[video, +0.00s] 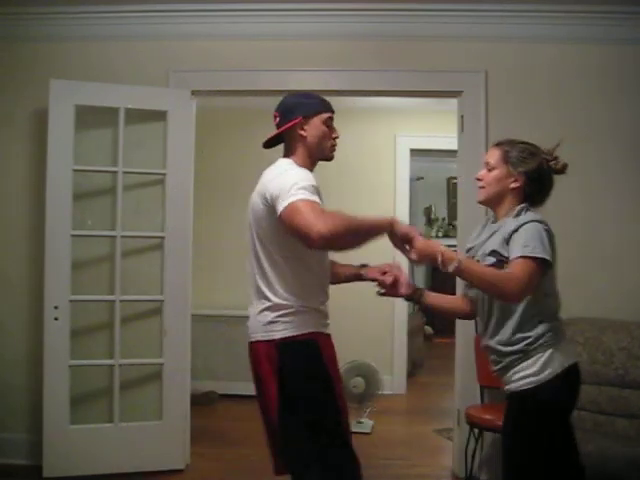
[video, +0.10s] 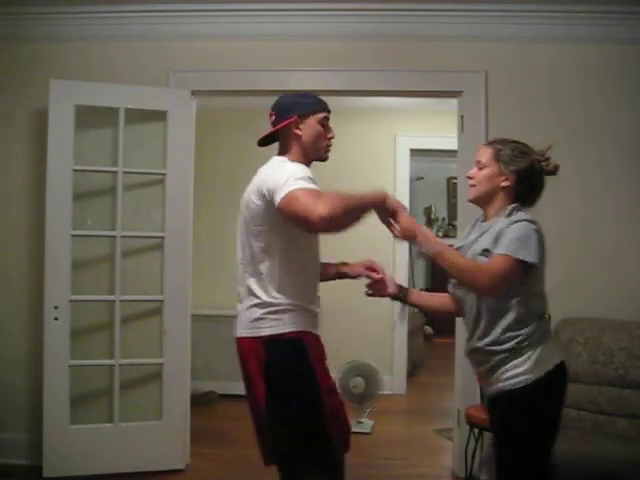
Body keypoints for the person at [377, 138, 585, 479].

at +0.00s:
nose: (478, 175)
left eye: (488, 168)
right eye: (481, 168)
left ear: (515, 180)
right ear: (511, 181)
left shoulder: (530, 228)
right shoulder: (485, 235)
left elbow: (514, 287)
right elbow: (471, 305)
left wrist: (444, 257)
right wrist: (412, 291)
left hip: (544, 378)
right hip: (518, 378)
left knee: (523, 470)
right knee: (550, 470)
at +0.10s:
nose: (469, 173)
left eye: (480, 167)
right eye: (473, 166)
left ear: (506, 179)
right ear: (500, 180)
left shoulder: (521, 228)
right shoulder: (476, 234)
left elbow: (490, 280)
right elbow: (459, 303)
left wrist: (421, 236)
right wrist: (398, 291)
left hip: (530, 380)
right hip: (499, 383)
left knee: (522, 473)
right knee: (511, 470)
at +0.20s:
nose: (456, 173)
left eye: (465, 166)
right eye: (460, 166)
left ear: (492, 178)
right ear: (488, 179)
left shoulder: (501, 226)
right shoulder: (477, 226)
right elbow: (435, 289)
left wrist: (391, 218)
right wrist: (388, 270)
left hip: (513, 381)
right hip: (489, 379)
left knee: (495, 474)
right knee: (476, 470)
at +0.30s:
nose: (437, 175)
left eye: (446, 167)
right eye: (440, 166)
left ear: (471, 177)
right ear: (470, 179)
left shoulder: (472, 223)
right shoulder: (473, 220)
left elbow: (392, 262)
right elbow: (424, 254)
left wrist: (363, 200)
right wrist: (399, 216)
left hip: (495, 375)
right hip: (491, 372)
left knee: (436, 471)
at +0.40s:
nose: (420, 177)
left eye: (427, 169)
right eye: (421, 170)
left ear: (450, 179)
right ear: (454, 180)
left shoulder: (448, 224)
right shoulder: (478, 219)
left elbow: (367, 246)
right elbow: (434, 205)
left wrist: (349, 181)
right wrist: (412, 166)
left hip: (468, 373)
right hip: (489, 368)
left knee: (414, 472)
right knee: (465, 473)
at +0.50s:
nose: (408, 180)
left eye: (416, 173)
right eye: (413, 172)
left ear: (437, 184)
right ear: (449, 186)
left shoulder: (422, 229)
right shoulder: (471, 224)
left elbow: (354, 232)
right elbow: (454, 178)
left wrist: (345, 169)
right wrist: (425, 144)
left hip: (435, 369)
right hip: (470, 368)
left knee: (407, 471)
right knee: (418, 470)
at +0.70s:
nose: (382, 184)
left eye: (387, 178)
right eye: (384, 177)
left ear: (403, 183)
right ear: (427, 183)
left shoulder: (379, 229)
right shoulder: (450, 223)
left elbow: (359, 203)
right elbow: (482, 163)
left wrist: (353, 157)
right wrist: (452, 146)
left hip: (388, 364)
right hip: (442, 368)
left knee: (365, 464)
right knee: (407, 467)